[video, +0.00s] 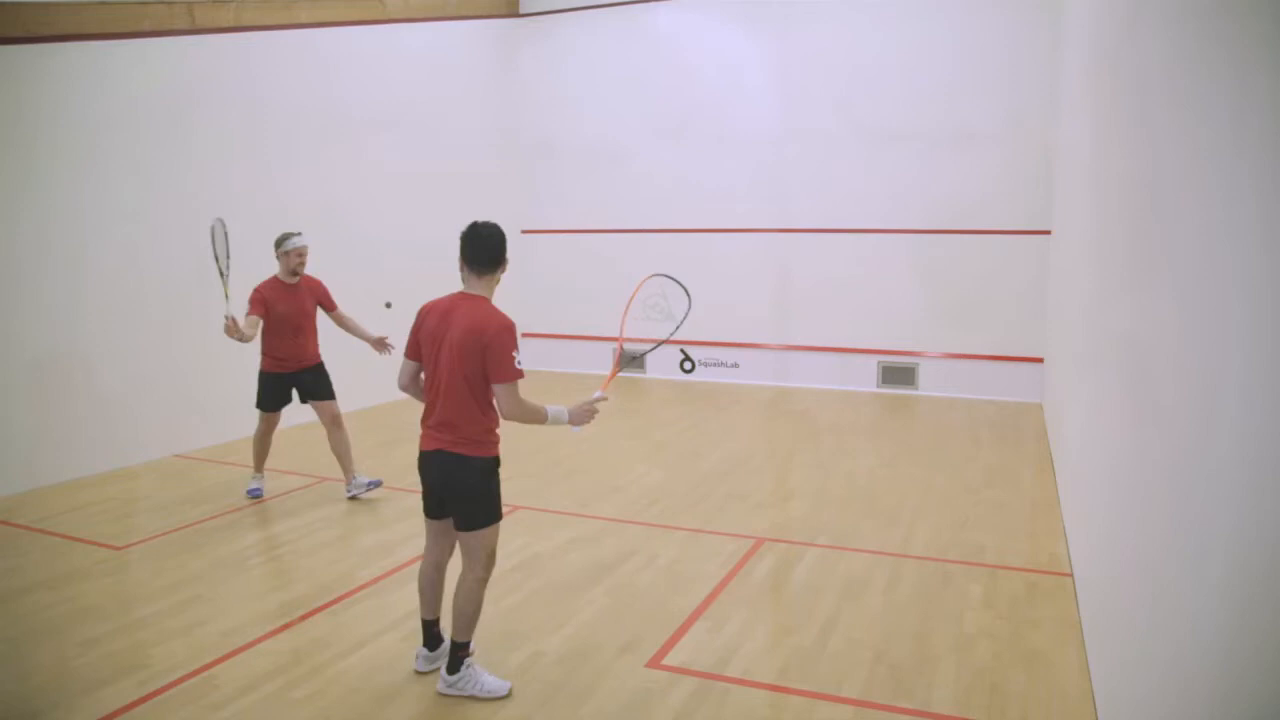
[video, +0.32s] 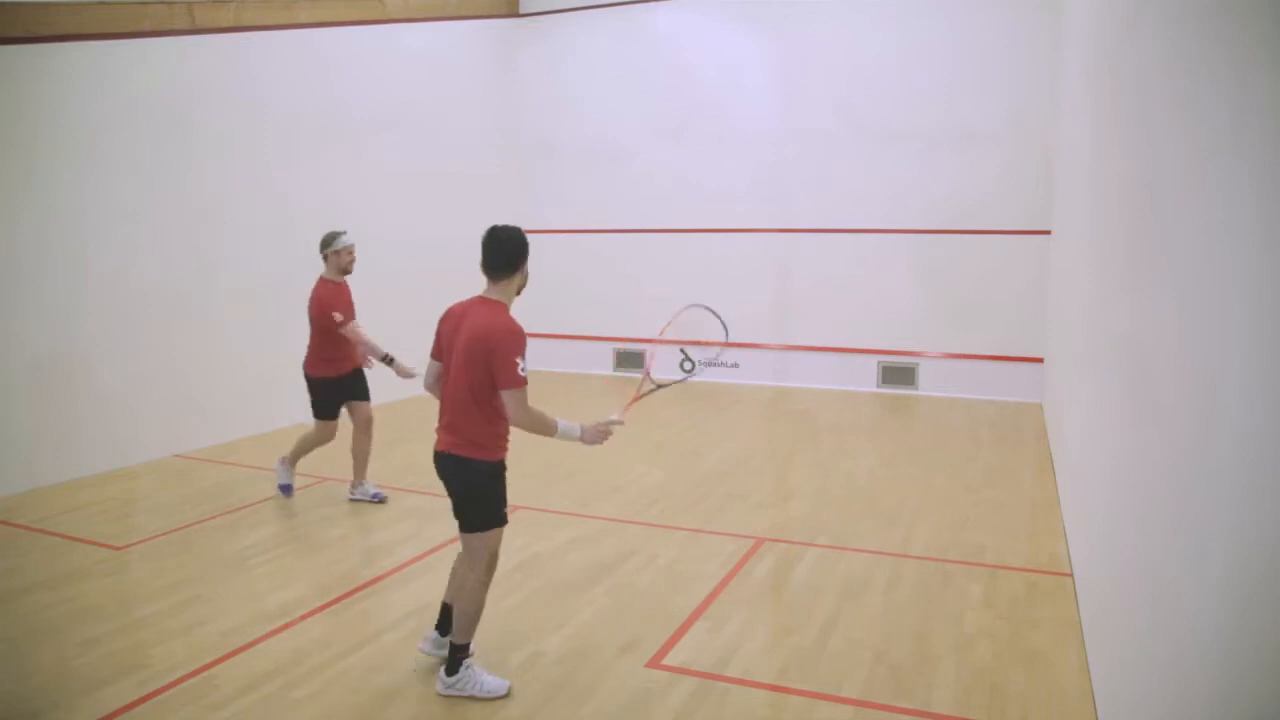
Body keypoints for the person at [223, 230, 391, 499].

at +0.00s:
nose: (302, 260)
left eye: (304, 254)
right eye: (296, 255)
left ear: (307, 256)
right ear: (280, 256)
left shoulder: (314, 286)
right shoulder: (263, 292)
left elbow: (340, 318)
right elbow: (250, 332)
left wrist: (370, 338)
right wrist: (239, 333)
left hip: (310, 367)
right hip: (275, 371)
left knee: (334, 418)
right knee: (267, 424)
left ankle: (352, 480)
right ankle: (257, 477)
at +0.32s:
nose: (352, 257)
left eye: (353, 252)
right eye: (346, 253)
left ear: (348, 255)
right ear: (329, 256)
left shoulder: (342, 285)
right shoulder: (323, 297)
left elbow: (342, 327)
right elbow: (356, 336)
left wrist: (357, 351)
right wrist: (393, 362)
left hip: (349, 367)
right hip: (323, 373)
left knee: (364, 421)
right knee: (325, 433)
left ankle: (359, 484)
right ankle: (288, 463)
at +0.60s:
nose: (392, 251)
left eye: (390, 245)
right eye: (388, 246)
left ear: (362, 252)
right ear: (376, 251)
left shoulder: (341, 284)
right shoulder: (388, 289)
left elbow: (330, 322)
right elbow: (400, 312)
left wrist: (335, 355)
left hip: (352, 367)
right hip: (374, 370)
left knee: (371, 428)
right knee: (396, 429)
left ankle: (359, 487)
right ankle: (365, 488)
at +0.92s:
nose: (427, 248)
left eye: (425, 243)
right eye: (423, 244)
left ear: (397, 252)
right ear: (411, 250)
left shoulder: (376, 286)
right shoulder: (430, 288)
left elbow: (360, 330)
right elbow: (436, 312)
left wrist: (351, 368)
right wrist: (409, 285)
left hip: (385, 374)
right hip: (412, 377)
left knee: (413, 429)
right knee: (428, 439)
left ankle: (384, 480)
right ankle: (401, 506)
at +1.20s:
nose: (455, 244)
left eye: (453, 238)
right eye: (449, 239)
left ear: (428, 247)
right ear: (433, 245)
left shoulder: (406, 282)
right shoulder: (453, 284)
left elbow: (390, 328)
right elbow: (472, 327)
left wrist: (387, 366)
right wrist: (474, 315)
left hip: (417, 373)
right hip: (440, 376)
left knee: (453, 435)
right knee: (438, 440)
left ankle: (457, 508)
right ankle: (404, 500)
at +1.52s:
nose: (477, 247)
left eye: (477, 241)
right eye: (471, 243)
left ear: (463, 246)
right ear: (453, 247)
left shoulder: (452, 280)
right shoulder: (451, 285)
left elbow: (469, 331)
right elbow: (470, 337)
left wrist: (492, 355)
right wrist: (497, 359)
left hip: (454, 378)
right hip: (449, 380)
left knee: (471, 446)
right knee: (469, 447)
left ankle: (459, 512)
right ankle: (453, 525)